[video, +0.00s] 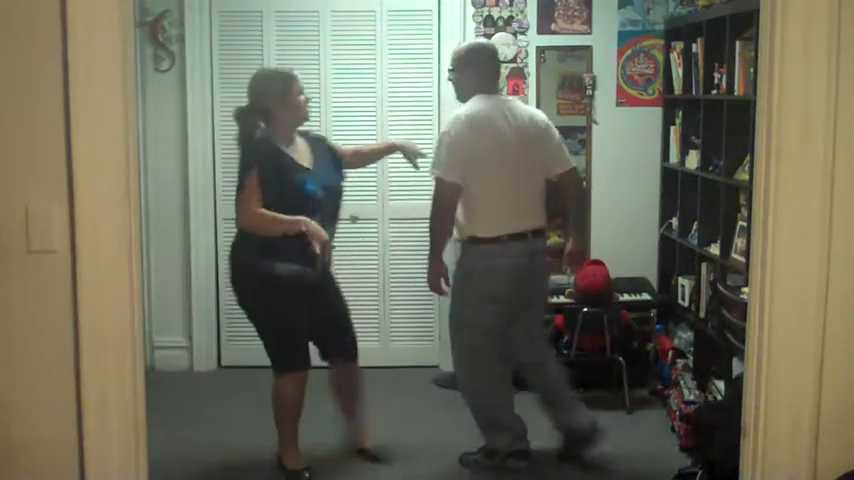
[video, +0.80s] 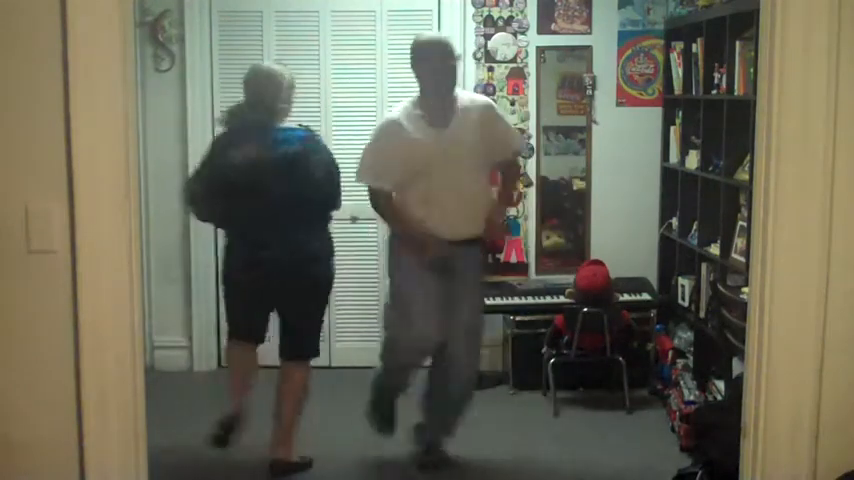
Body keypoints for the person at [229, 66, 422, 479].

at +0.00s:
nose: (306, 98)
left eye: (303, 92)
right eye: (298, 93)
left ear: (289, 103)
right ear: (273, 104)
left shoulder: (315, 144)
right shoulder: (260, 154)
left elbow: (354, 156)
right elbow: (247, 217)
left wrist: (395, 144)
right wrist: (302, 223)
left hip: (309, 265)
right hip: (263, 268)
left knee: (343, 349)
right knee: (291, 362)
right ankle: (289, 454)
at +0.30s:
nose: (320, 92)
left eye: (319, 85)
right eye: (310, 88)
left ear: (319, 95)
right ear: (285, 101)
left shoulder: (349, 143)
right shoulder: (262, 156)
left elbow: (390, 184)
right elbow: (230, 209)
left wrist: (390, 177)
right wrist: (244, 232)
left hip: (351, 266)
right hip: (292, 267)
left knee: (364, 355)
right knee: (275, 350)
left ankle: (377, 437)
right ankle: (310, 439)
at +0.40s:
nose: (305, 94)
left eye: (310, 87)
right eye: (296, 88)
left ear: (319, 95)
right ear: (279, 100)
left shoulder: (339, 144)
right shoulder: (266, 152)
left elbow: (376, 183)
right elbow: (249, 194)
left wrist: (338, 174)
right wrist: (226, 228)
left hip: (350, 266)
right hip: (298, 270)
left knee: (359, 356)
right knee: (276, 350)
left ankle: (376, 438)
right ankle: (316, 444)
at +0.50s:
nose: (269, 98)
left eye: (277, 92)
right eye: (271, 91)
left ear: (301, 100)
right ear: (286, 101)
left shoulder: (321, 145)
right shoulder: (273, 146)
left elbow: (324, 193)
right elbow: (266, 198)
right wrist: (234, 219)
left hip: (333, 263)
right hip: (296, 266)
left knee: (329, 364)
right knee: (289, 354)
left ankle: (378, 427)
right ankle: (323, 449)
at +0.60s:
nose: (268, 98)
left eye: (274, 92)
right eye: (272, 91)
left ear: (286, 101)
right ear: (306, 103)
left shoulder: (292, 148)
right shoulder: (301, 144)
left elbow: (274, 208)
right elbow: (279, 202)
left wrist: (232, 216)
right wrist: (244, 215)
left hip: (310, 264)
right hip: (316, 260)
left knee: (272, 358)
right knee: (298, 357)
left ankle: (357, 395)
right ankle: (321, 451)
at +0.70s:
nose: (278, 105)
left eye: (268, 98)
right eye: (292, 98)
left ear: (261, 99)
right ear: (298, 101)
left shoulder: (250, 145)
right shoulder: (316, 144)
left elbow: (230, 212)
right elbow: (328, 196)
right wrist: (288, 207)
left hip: (276, 265)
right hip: (327, 262)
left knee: (243, 340)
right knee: (301, 351)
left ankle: (297, 381)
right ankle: (313, 450)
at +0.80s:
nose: (290, 98)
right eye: (288, 92)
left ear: (247, 97)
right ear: (284, 98)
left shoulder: (228, 145)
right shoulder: (307, 144)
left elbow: (201, 199)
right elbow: (331, 197)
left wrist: (240, 217)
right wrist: (295, 212)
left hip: (247, 268)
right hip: (306, 267)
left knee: (242, 338)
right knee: (296, 356)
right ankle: (283, 453)